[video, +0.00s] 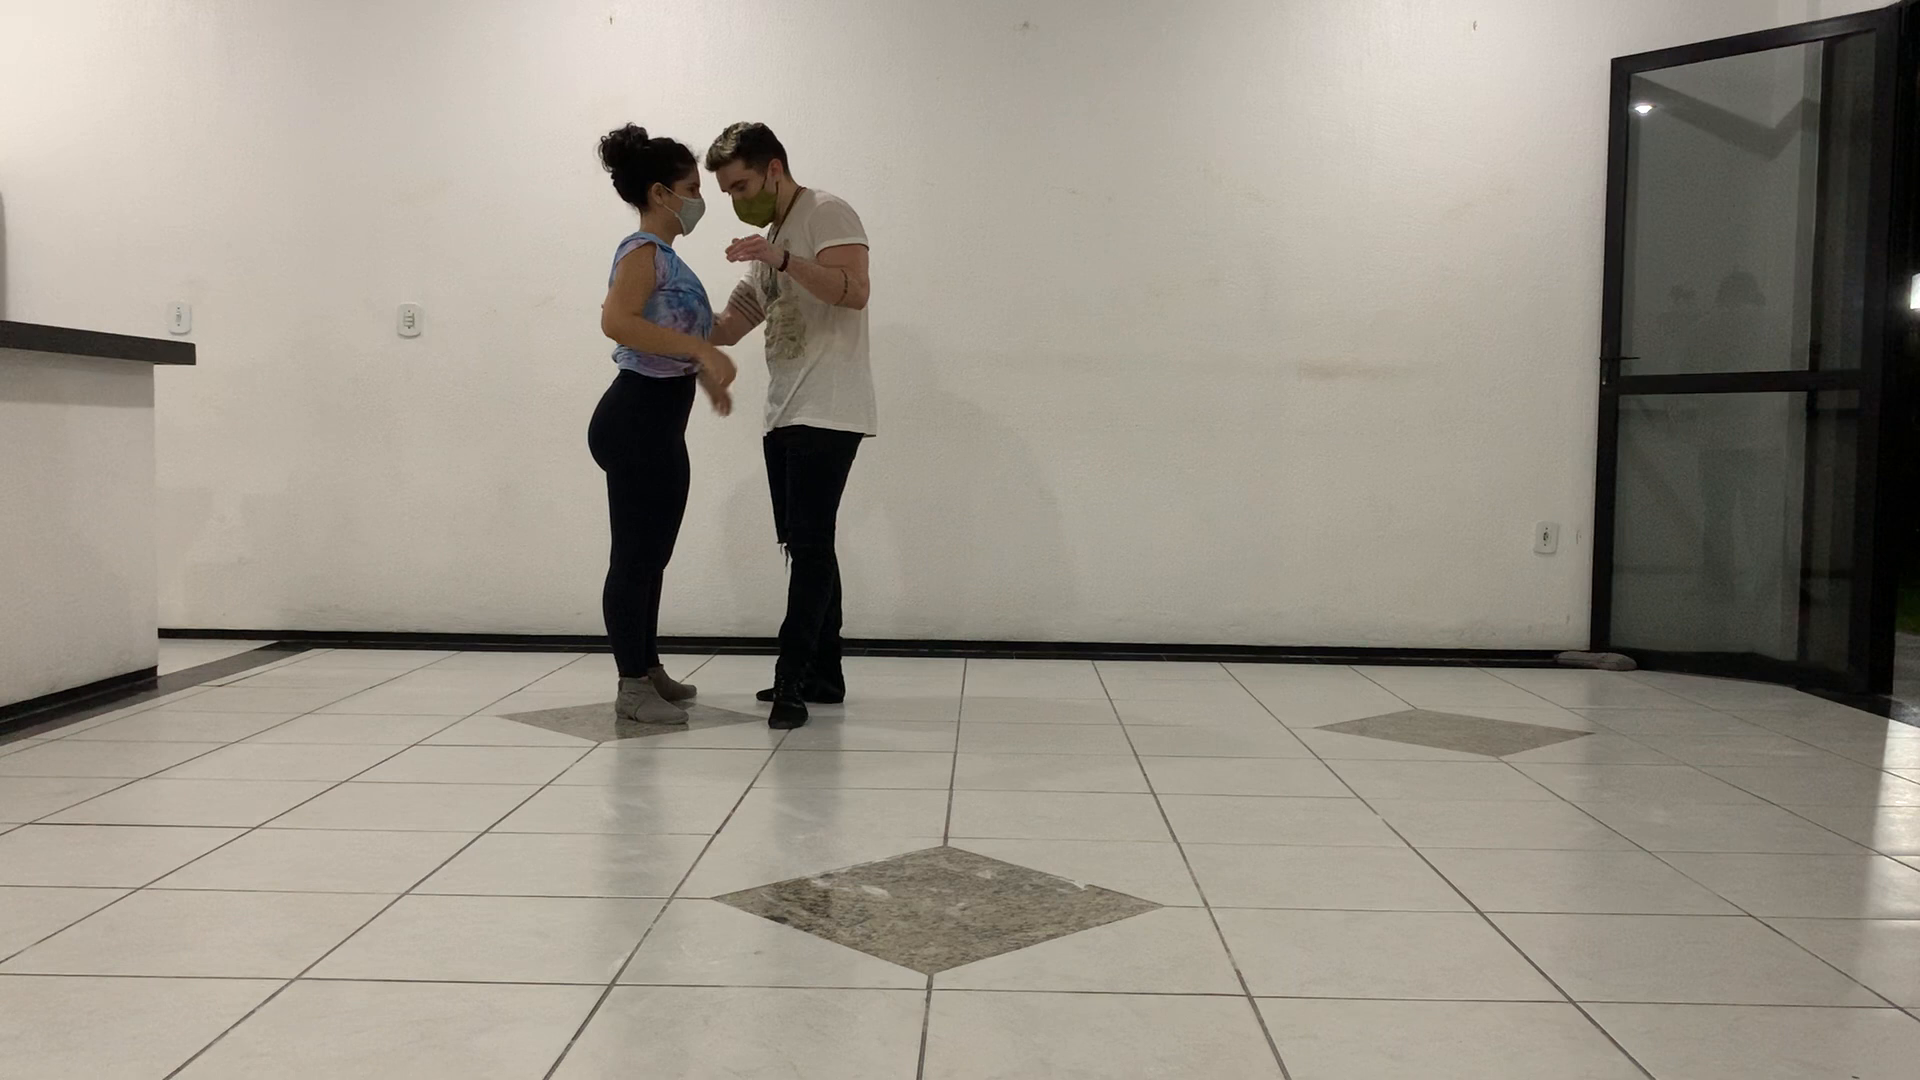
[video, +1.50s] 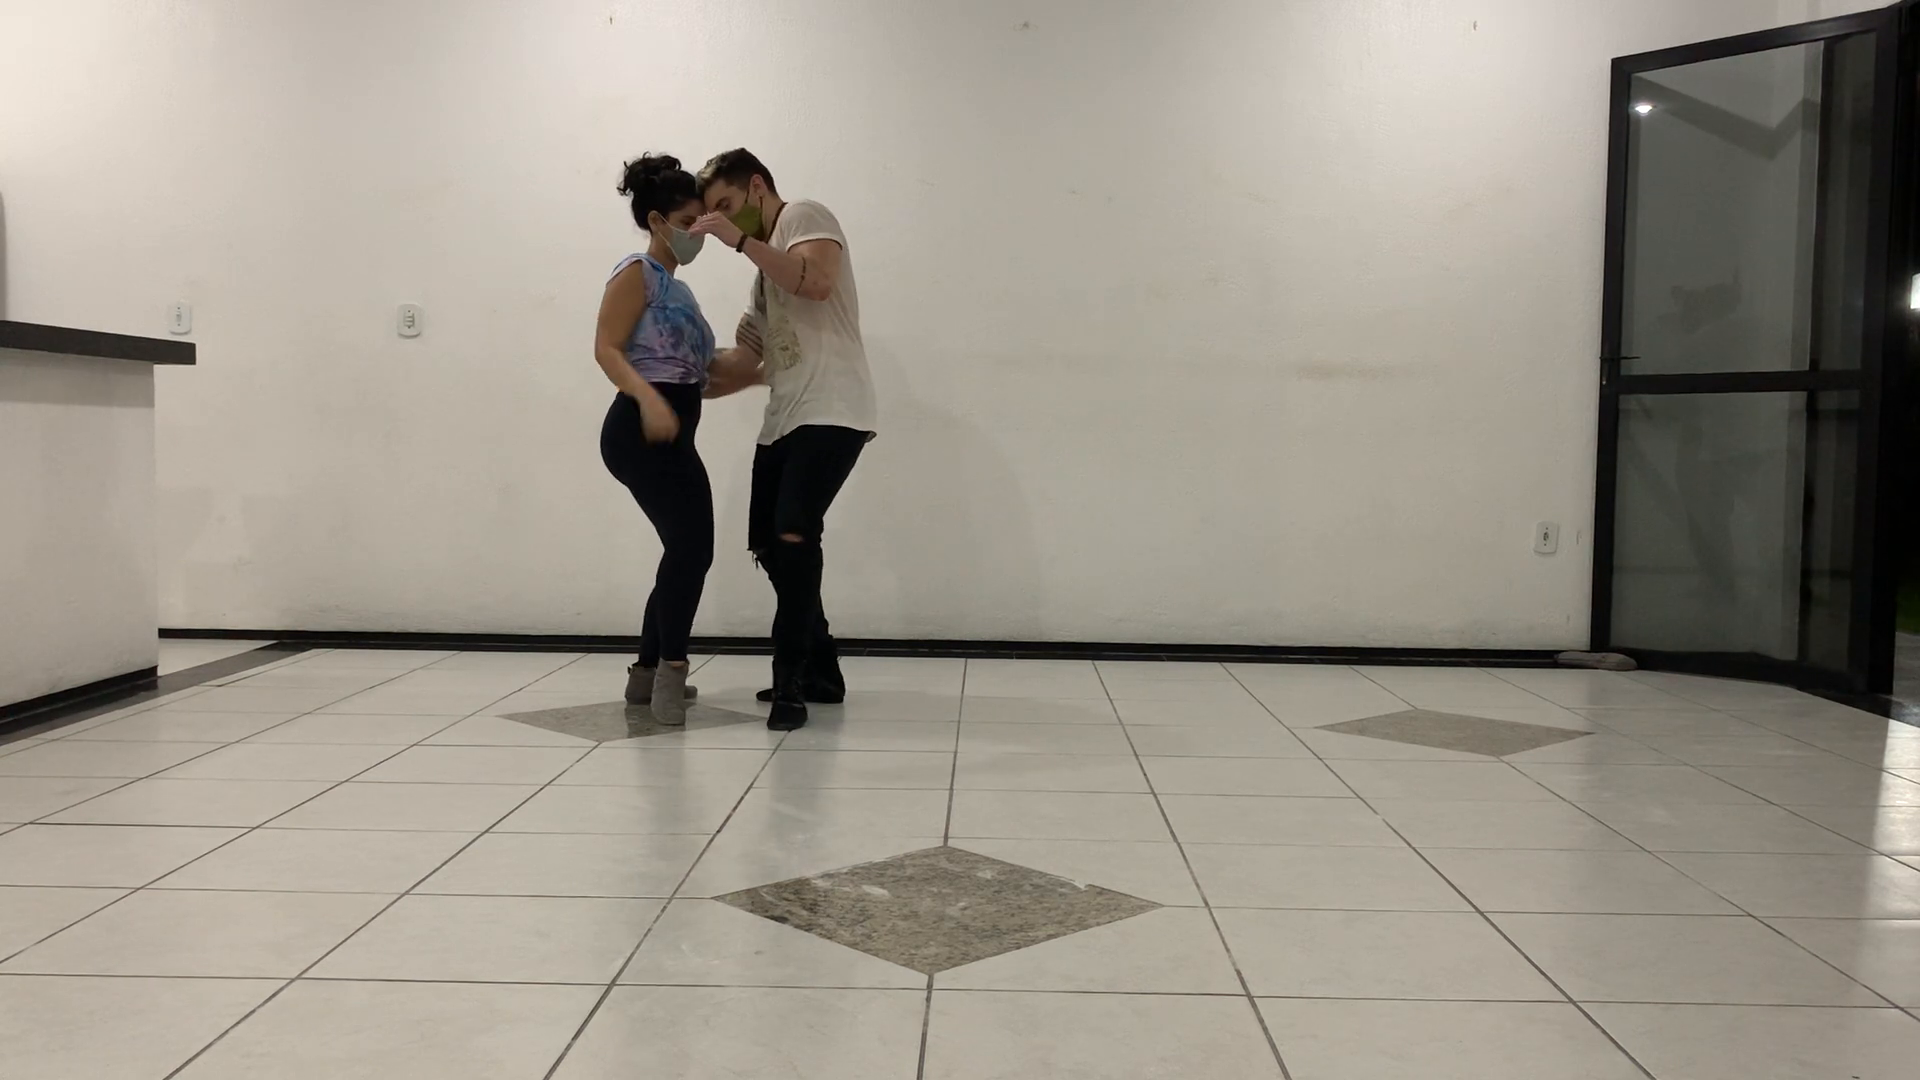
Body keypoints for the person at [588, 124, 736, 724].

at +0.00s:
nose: (701, 199)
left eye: (699, 189)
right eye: (692, 189)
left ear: (659, 195)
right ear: (660, 194)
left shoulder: (661, 254)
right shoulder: (642, 252)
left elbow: (673, 332)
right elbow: (616, 319)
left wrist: (709, 370)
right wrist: (701, 350)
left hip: (657, 418)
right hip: (638, 418)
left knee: (650, 553)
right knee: (635, 556)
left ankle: (645, 670)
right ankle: (633, 688)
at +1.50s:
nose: (698, 232)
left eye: (700, 220)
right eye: (688, 220)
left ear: (691, 221)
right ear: (655, 221)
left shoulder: (673, 286)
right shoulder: (635, 274)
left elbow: (703, 376)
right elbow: (605, 349)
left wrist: (767, 368)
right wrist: (648, 398)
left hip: (672, 428)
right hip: (642, 426)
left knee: (689, 547)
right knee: (690, 546)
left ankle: (648, 674)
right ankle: (669, 676)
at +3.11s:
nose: (696, 237)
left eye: (700, 225)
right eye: (685, 225)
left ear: (697, 227)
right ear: (654, 226)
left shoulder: (671, 289)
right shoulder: (638, 273)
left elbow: (701, 370)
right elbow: (584, 331)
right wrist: (610, 411)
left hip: (680, 428)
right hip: (648, 426)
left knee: (698, 551)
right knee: (669, 550)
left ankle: (652, 668)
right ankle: (651, 678)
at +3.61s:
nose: (695, 238)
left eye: (700, 227)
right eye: (683, 228)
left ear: (705, 229)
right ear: (655, 230)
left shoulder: (675, 298)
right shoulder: (645, 270)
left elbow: (733, 373)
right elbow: (577, 287)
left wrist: (757, 354)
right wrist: (624, 357)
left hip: (670, 427)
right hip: (643, 424)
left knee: (693, 551)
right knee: (656, 550)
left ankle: (649, 667)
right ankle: (627, 678)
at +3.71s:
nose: (694, 239)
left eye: (700, 228)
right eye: (683, 228)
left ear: (704, 230)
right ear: (654, 229)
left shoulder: (673, 291)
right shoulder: (644, 270)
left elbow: (672, 359)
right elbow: (577, 276)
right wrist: (626, 343)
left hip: (667, 429)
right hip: (639, 425)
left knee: (694, 552)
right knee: (663, 550)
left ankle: (650, 667)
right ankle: (630, 678)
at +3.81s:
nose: (697, 237)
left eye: (701, 226)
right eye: (685, 226)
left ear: (701, 229)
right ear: (657, 228)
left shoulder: (676, 295)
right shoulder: (643, 267)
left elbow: (682, 370)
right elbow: (572, 266)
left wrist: (724, 394)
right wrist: (630, 318)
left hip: (666, 429)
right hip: (639, 426)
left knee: (689, 551)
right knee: (677, 547)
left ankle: (650, 668)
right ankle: (641, 675)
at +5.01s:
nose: (711, 221)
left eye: (716, 209)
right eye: (698, 209)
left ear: (720, 208)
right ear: (668, 210)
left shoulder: (698, 278)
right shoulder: (641, 270)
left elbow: (704, 358)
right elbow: (622, 351)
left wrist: (743, 335)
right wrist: (617, 296)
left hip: (680, 423)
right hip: (642, 419)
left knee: (688, 543)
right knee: (677, 537)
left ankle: (655, 665)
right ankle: (650, 668)